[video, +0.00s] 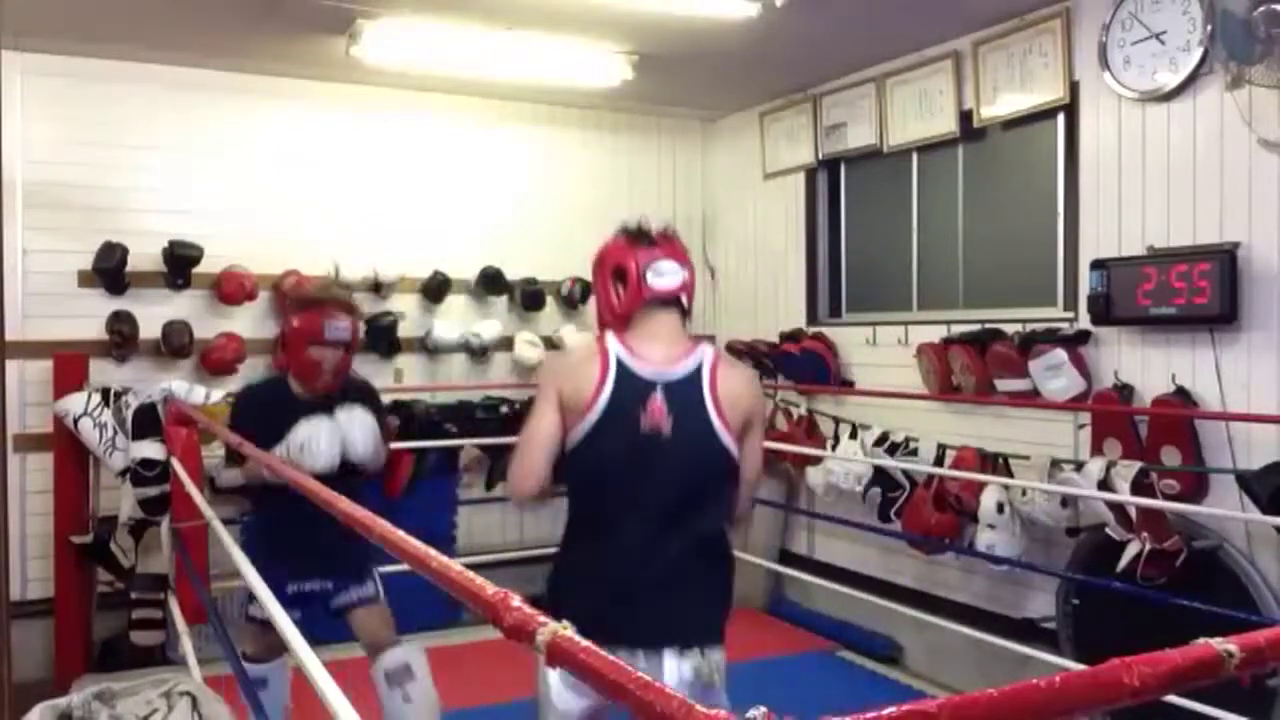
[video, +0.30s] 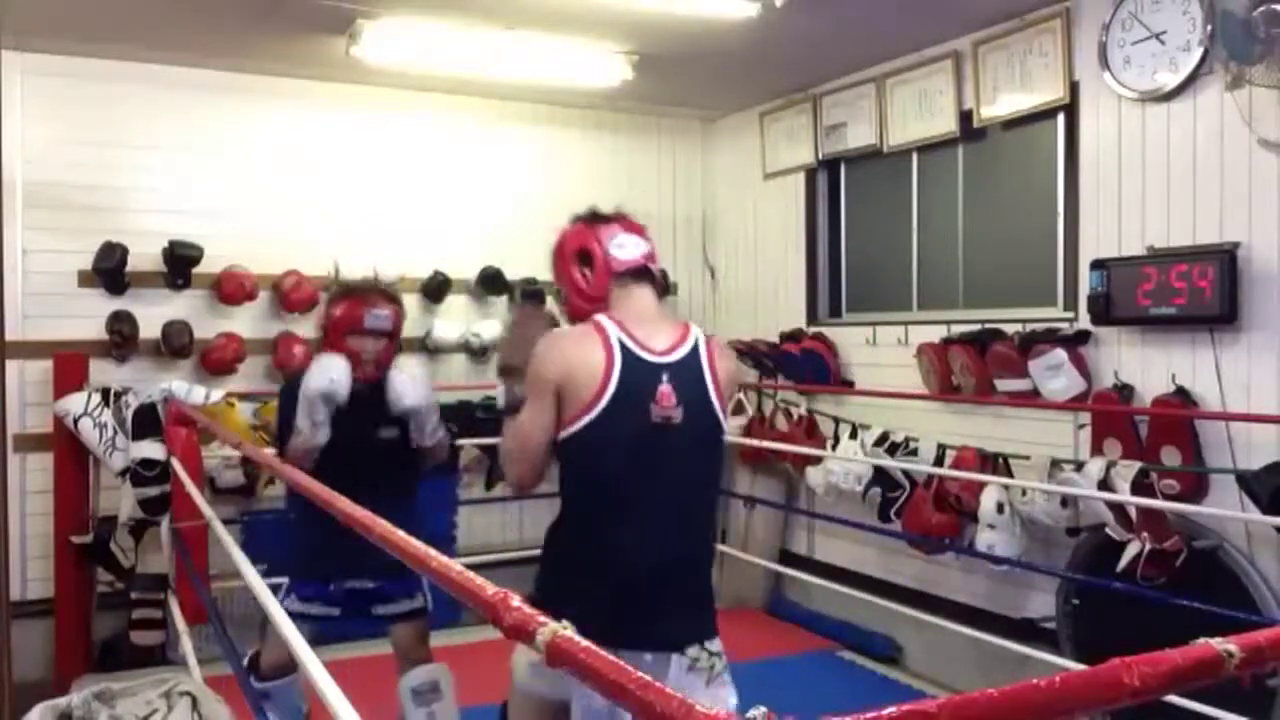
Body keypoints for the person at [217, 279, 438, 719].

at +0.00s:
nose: (332, 363)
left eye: (342, 351)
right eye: (321, 350)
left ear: (351, 352)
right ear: (291, 347)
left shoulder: (359, 393)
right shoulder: (258, 401)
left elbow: (384, 469)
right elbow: (236, 473)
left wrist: (372, 448)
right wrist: (286, 459)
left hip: (344, 540)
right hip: (275, 544)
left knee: (385, 645)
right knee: (259, 655)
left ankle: (413, 708)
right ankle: (268, 713)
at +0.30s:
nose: (370, 347)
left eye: (382, 335)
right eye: (359, 333)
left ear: (396, 341)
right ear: (333, 335)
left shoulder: (405, 387)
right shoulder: (307, 386)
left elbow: (436, 461)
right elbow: (292, 470)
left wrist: (422, 415)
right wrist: (315, 411)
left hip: (393, 533)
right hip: (316, 533)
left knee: (414, 647)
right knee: (280, 655)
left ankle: (428, 713)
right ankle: (282, 713)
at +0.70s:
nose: (364, 338)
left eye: (376, 328)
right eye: (354, 326)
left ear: (390, 329)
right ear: (330, 322)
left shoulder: (401, 369)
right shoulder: (306, 365)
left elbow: (420, 436)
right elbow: (286, 440)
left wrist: (414, 396)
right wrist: (308, 384)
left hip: (380, 517)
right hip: (310, 519)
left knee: (412, 638)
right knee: (280, 644)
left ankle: (418, 712)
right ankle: (277, 714)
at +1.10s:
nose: (355, 341)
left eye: (364, 330)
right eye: (346, 329)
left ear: (379, 335)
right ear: (323, 329)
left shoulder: (389, 380)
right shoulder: (300, 372)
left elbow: (411, 432)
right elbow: (302, 399)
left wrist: (390, 360)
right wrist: (327, 327)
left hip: (379, 528)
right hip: (312, 526)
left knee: (404, 644)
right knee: (282, 644)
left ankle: (410, 706)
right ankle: (272, 702)